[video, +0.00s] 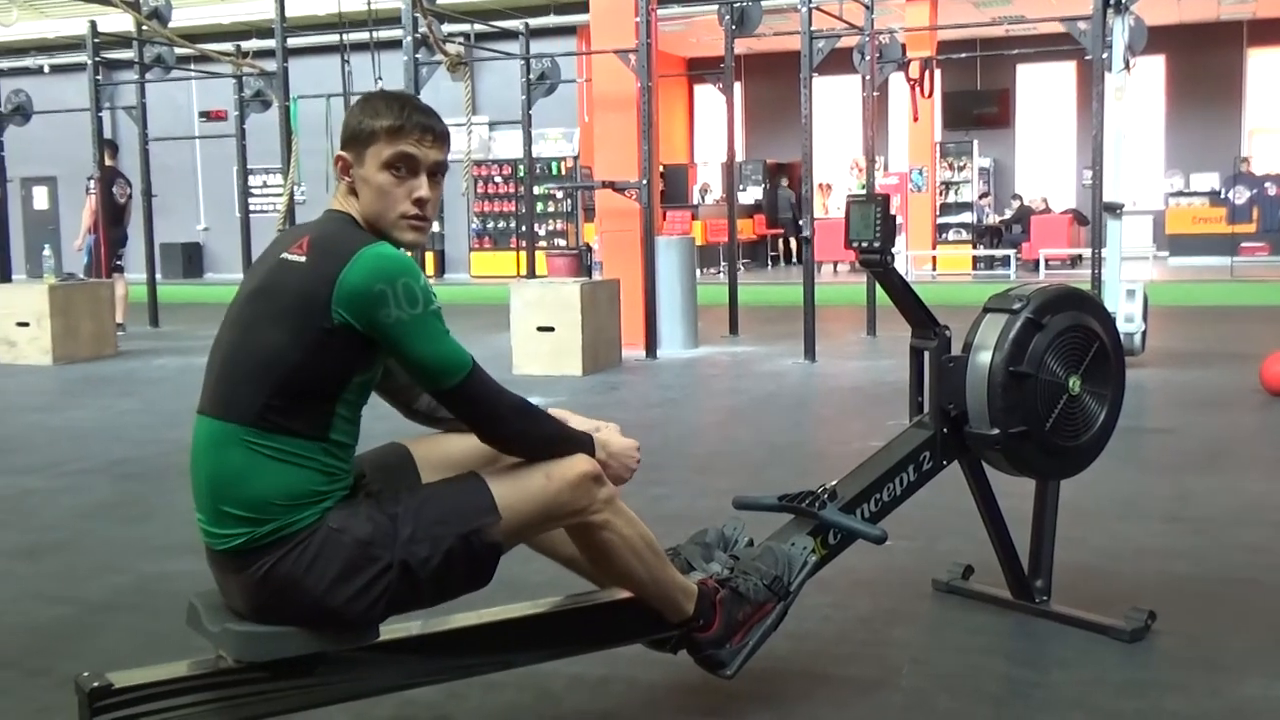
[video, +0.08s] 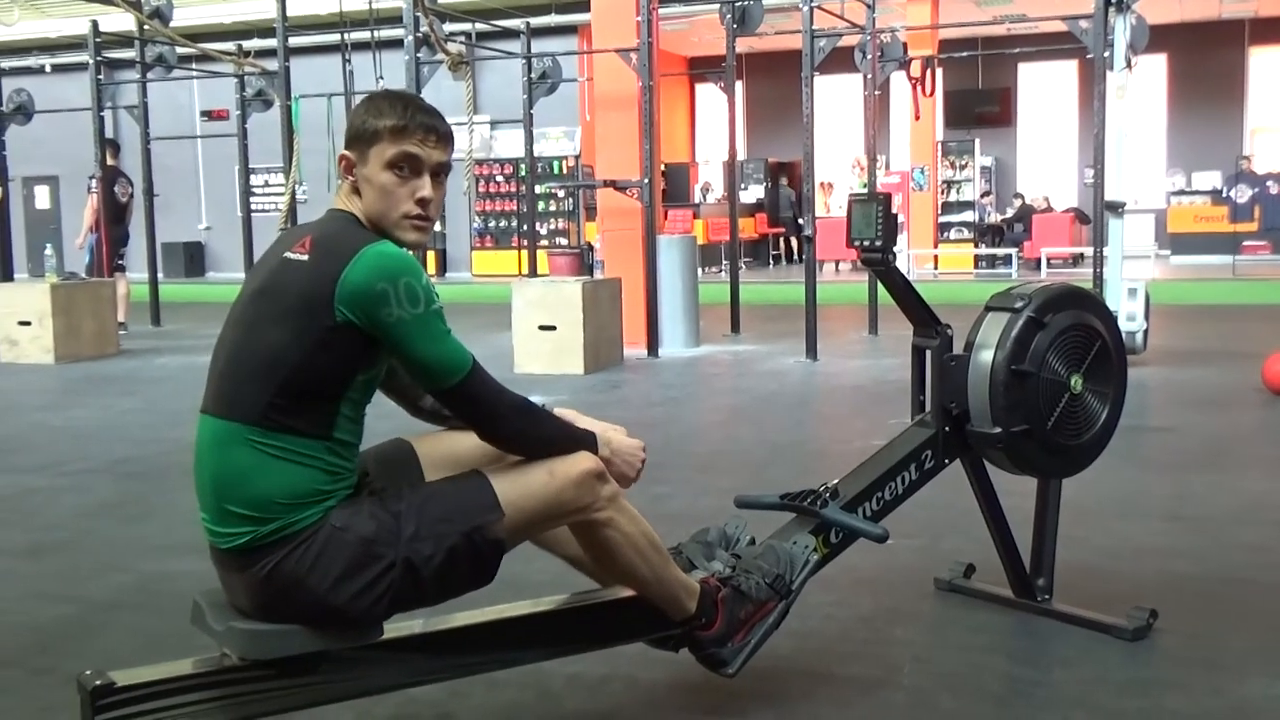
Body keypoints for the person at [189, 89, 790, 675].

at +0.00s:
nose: (425, 192)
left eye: (434, 174)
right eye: (403, 170)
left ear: (442, 176)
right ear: (347, 172)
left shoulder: (310, 248)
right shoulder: (375, 267)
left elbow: (424, 402)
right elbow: (488, 407)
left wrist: (563, 428)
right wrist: (595, 449)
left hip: (261, 529)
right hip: (300, 554)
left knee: (498, 444)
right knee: (575, 476)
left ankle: (649, 593)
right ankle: (699, 615)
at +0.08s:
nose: (428, 193)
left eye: (437, 175)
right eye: (406, 170)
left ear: (445, 178)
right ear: (350, 171)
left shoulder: (313, 246)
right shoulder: (377, 266)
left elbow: (431, 401)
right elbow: (486, 403)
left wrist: (567, 428)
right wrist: (599, 448)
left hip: (265, 527)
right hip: (304, 553)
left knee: (499, 443)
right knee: (578, 474)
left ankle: (649, 591)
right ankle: (701, 612)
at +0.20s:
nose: (432, 191)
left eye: (442, 174)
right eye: (410, 167)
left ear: (450, 177)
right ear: (354, 169)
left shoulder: (322, 244)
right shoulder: (378, 264)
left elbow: (446, 398)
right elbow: (495, 405)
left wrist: (582, 426)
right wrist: (609, 444)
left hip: (281, 519)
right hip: (310, 549)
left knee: (508, 439)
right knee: (586, 472)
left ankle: (651, 591)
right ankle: (705, 611)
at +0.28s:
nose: (435, 187)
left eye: (445, 170)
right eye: (412, 165)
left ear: (453, 176)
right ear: (358, 168)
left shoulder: (327, 246)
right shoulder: (381, 264)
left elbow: (455, 398)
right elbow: (501, 407)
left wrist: (591, 422)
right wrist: (615, 436)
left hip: (287, 516)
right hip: (316, 547)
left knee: (511, 437)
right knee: (592, 470)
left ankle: (653, 592)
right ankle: (708, 611)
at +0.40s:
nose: (442, 187)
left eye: (452, 170)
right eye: (419, 165)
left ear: (460, 177)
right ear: (367, 171)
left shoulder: (337, 246)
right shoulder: (389, 264)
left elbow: (465, 393)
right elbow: (511, 406)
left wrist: (591, 415)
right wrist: (616, 429)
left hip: (300, 509)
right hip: (330, 539)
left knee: (516, 429)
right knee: (595, 462)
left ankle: (656, 584)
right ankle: (708, 602)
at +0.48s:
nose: (459, 199)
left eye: (468, 183)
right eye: (438, 178)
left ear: (475, 190)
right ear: (388, 184)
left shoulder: (361, 253)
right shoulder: (410, 270)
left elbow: (482, 386)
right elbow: (519, 397)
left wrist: (600, 408)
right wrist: (620, 424)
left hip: (329, 496)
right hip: (354, 525)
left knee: (525, 422)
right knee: (600, 454)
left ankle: (657, 568)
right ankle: (706, 583)